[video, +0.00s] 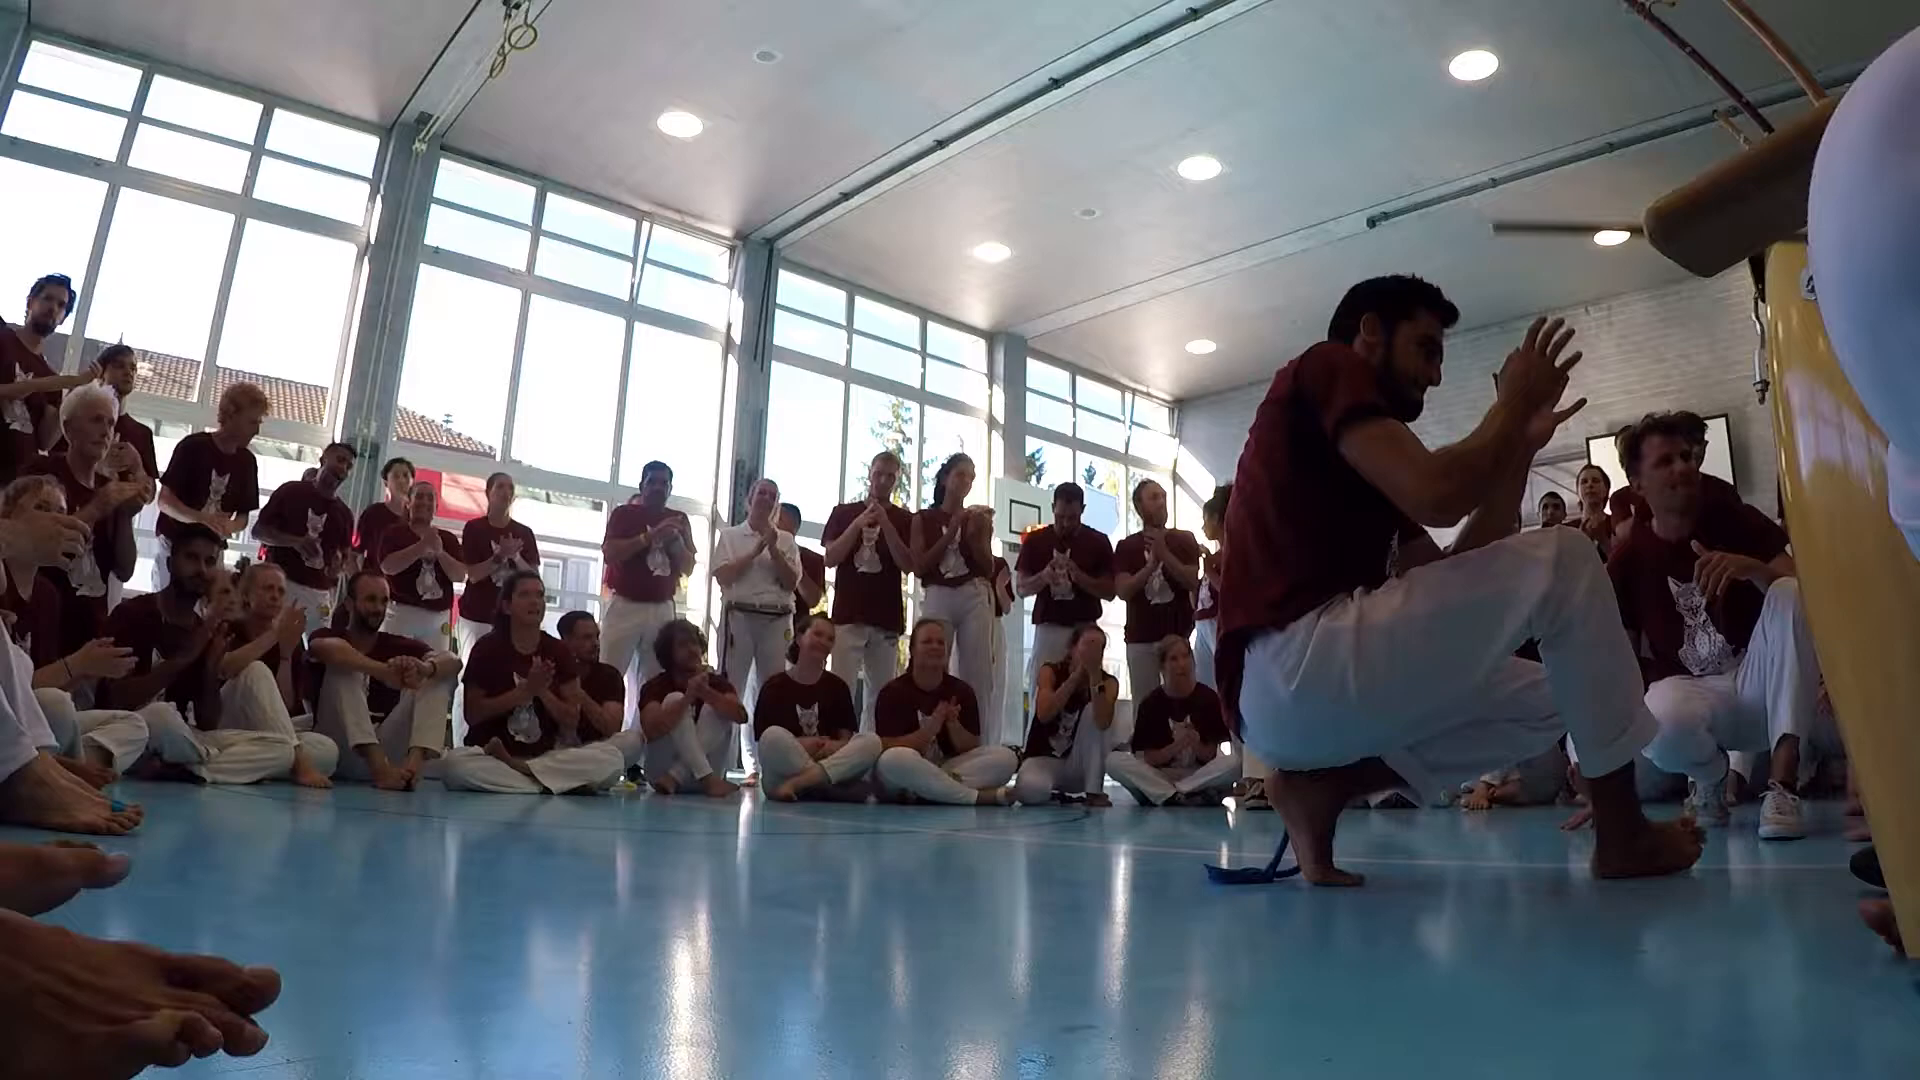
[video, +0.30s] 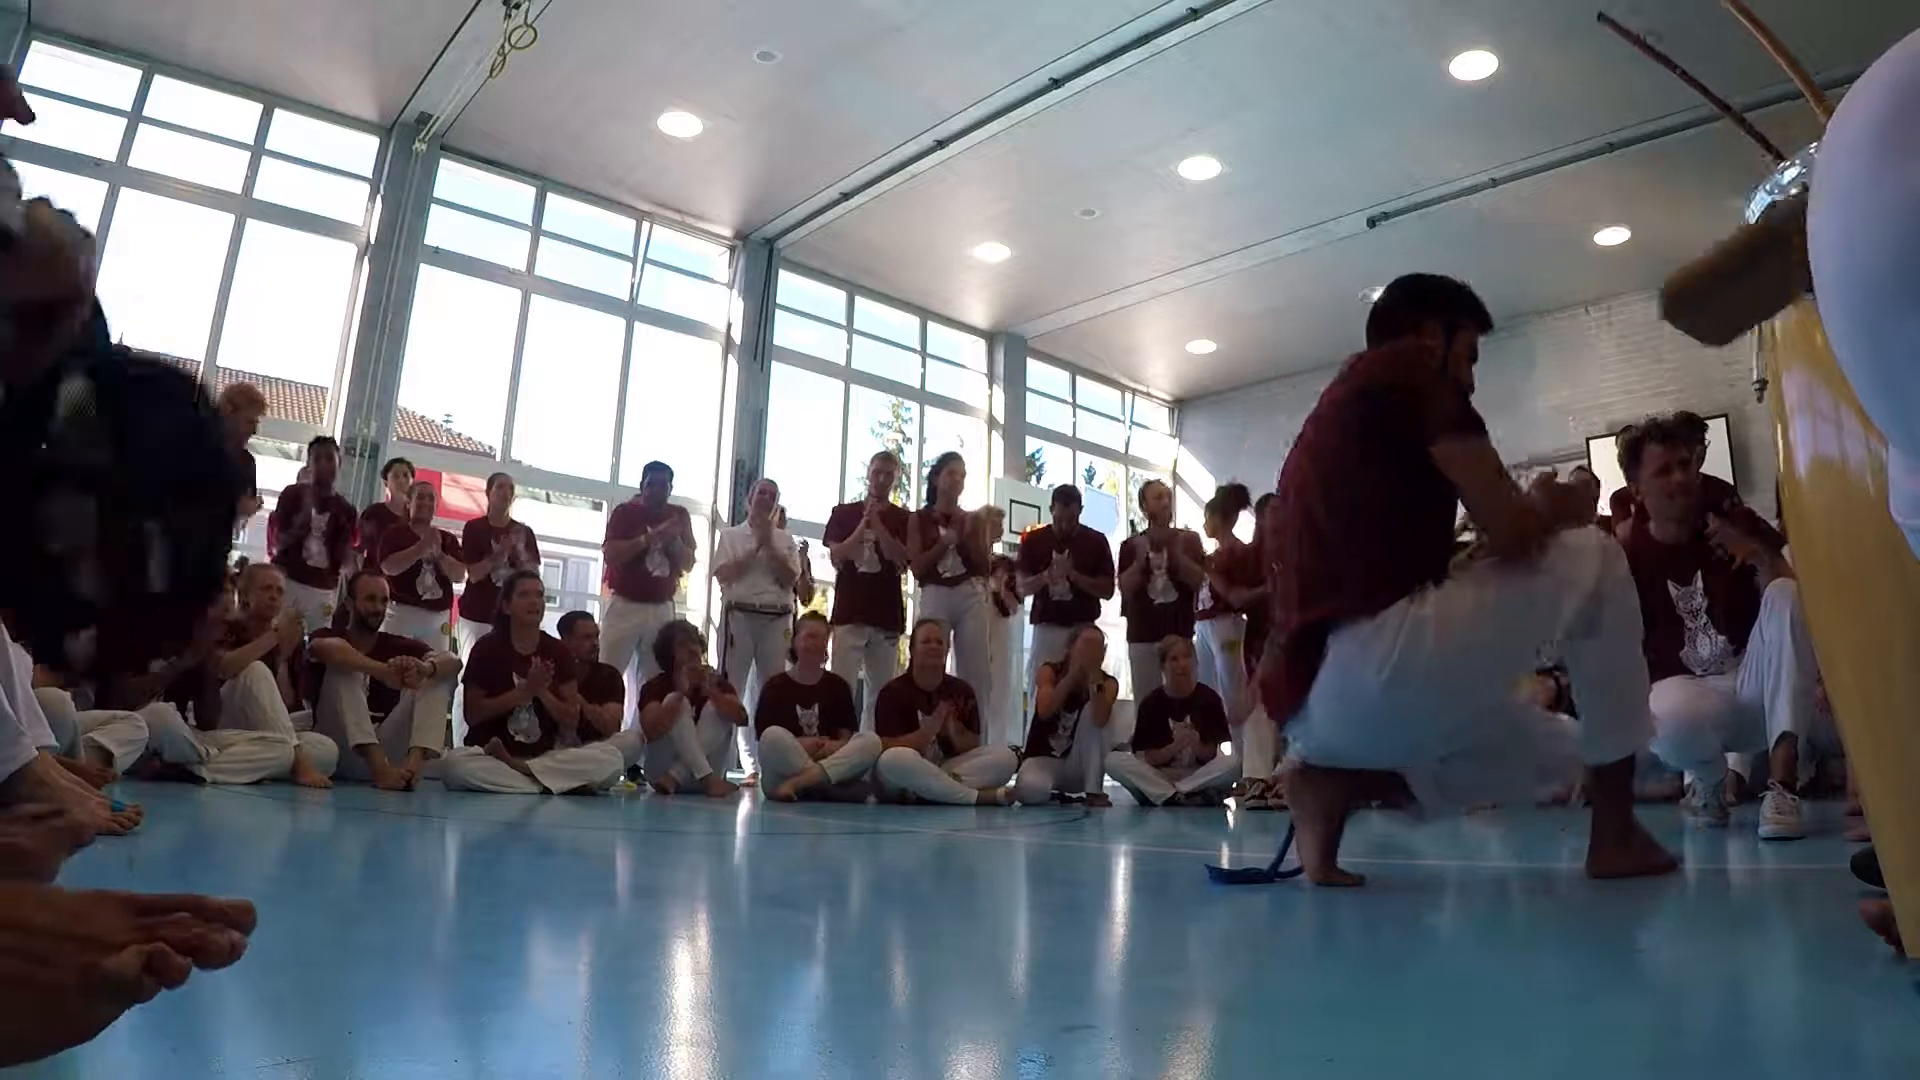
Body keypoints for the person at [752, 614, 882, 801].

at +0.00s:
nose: (823, 642)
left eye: (829, 640)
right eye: (817, 635)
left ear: (833, 648)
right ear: (799, 638)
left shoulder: (838, 687)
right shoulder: (774, 685)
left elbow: (846, 740)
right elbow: (764, 739)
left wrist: (832, 747)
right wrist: (806, 744)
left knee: (872, 742)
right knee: (772, 736)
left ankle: (796, 785)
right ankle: (835, 789)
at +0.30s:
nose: (814, 642)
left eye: (820, 637)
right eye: (809, 636)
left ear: (827, 643)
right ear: (794, 641)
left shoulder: (838, 685)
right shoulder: (775, 686)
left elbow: (847, 738)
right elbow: (765, 738)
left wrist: (834, 747)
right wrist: (805, 745)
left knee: (871, 741)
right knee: (773, 736)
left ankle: (796, 785)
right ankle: (835, 789)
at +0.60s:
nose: (808, 643)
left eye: (815, 640)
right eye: (803, 639)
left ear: (830, 647)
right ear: (795, 645)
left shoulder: (841, 687)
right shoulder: (778, 685)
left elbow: (846, 739)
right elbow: (766, 738)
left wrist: (831, 748)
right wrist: (809, 744)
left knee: (871, 741)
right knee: (772, 736)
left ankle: (796, 785)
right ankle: (832, 788)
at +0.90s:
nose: (817, 652)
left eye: (824, 647)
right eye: (811, 644)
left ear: (832, 651)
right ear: (799, 642)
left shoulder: (839, 686)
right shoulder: (777, 684)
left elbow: (846, 739)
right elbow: (765, 737)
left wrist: (832, 748)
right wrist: (807, 745)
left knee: (871, 742)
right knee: (773, 735)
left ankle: (796, 785)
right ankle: (833, 789)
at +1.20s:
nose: (819, 653)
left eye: (825, 647)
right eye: (812, 646)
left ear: (829, 648)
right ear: (795, 644)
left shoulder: (837, 685)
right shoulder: (775, 685)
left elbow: (846, 737)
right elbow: (763, 738)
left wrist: (833, 747)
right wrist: (802, 744)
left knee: (872, 742)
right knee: (772, 736)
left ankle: (796, 785)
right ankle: (833, 789)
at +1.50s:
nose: (806, 649)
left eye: (813, 643)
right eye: (801, 642)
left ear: (825, 648)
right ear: (791, 646)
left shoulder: (839, 685)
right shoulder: (776, 685)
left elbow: (846, 736)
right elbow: (765, 736)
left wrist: (834, 748)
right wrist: (803, 744)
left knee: (872, 741)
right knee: (772, 736)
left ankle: (796, 784)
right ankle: (833, 789)